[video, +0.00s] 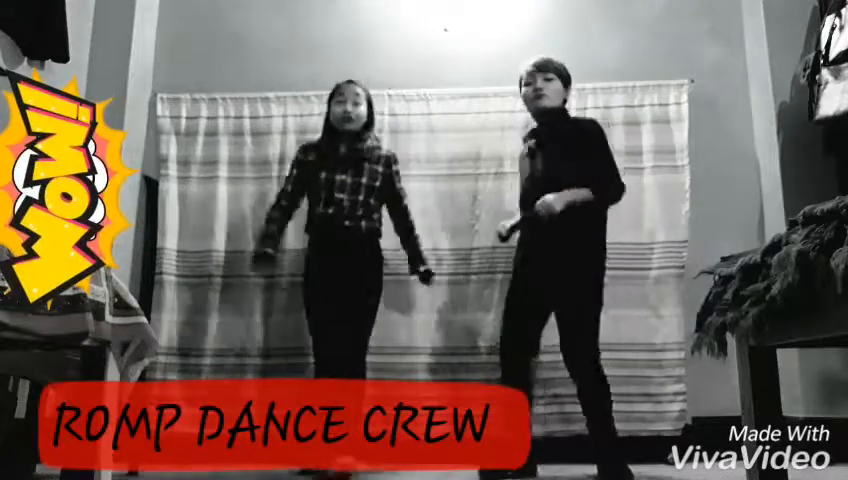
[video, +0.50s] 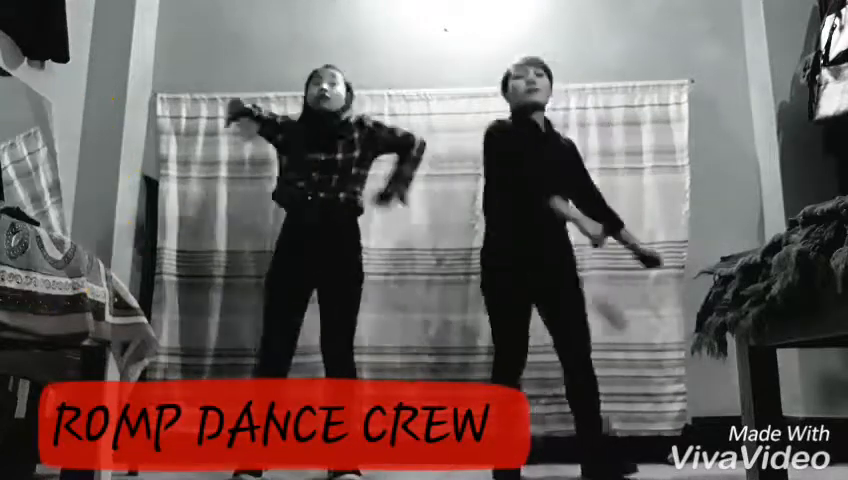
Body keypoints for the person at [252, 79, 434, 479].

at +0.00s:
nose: (348, 107)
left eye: (356, 102)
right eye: (340, 101)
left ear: (368, 112)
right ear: (328, 110)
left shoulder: (382, 159)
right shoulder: (310, 156)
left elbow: (400, 212)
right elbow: (285, 202)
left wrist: (418, 259)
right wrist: (267, 244)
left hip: (363, 264)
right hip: (322, 262)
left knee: (352, 353)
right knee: (326, 352)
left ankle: (351, 439)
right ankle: (325, 440)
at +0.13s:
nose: (352, 100)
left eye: (360, 94)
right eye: (344, 94)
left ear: (373, 104)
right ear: (332, 103)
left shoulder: (387, 156)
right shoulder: (313, 146)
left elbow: (405, 207)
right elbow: (273, 187)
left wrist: (421, 253)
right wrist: (241, 229)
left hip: (363, 261)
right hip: (319, 259)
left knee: (351, 354)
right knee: (314, 352)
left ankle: (349, 446)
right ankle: (314, 441)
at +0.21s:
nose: (343, 91)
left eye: (352, 85)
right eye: (336, 86)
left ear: (368, 95)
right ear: (326, 98)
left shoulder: (388, 145)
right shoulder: (315, 142)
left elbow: (414, 188)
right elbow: (288, 179)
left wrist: (416, 198)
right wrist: (266, 186)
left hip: (362, 251)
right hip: (319, 249)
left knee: (350, 349)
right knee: (291, 339)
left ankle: (345, 447)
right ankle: (294, 435)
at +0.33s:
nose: (325, 89)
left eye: (332, 81)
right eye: (317, 85)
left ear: (350, 89)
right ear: (311, 99)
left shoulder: (377, 128)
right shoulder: (306, 136)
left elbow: (429, 147)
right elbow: (266, 135)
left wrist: (422, 192)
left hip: (357, 244)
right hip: (313, 243)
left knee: (347, 350)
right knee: (287, 346)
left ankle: (346, 451)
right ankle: (260, 447)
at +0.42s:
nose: (316, 86)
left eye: (324, 79)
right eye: (310, 83)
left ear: (344, 89)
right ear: (304, 98)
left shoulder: (367, 129)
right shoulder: (296, 133)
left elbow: (420, 155)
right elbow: (255, 118)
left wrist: (421, 211)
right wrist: (270, 101)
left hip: (348, 244)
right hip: (303, 245)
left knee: (342, 351)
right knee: (281, 348)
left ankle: (345, 453)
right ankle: (255, 451)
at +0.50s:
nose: (324, 86)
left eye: (333, 81)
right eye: (316, 81)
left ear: (348, 96)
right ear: (305, 95)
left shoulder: (363, 131)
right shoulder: (289, 129)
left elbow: (414, 145)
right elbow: (247, 114)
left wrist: (397, 184)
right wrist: (242, 113)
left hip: (340, 245)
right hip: (295, 244)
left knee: (338, 351)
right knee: (275, 349)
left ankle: (344, 454)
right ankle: (255, 451)